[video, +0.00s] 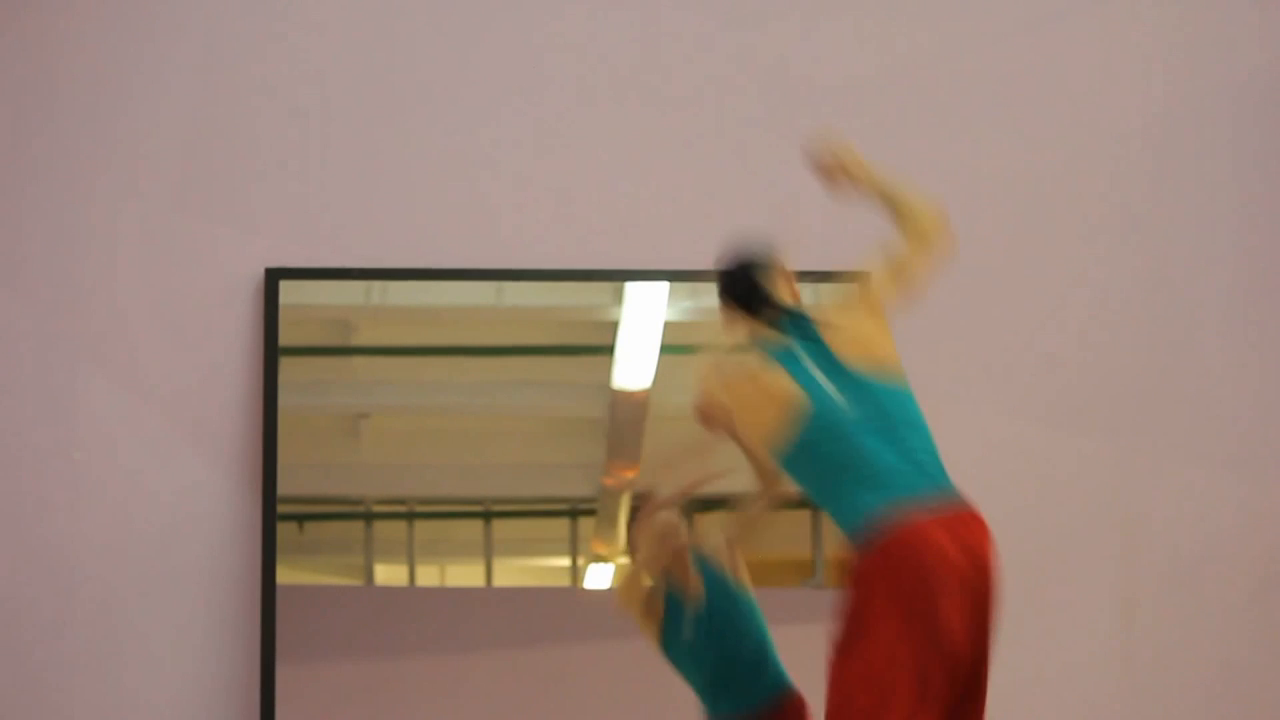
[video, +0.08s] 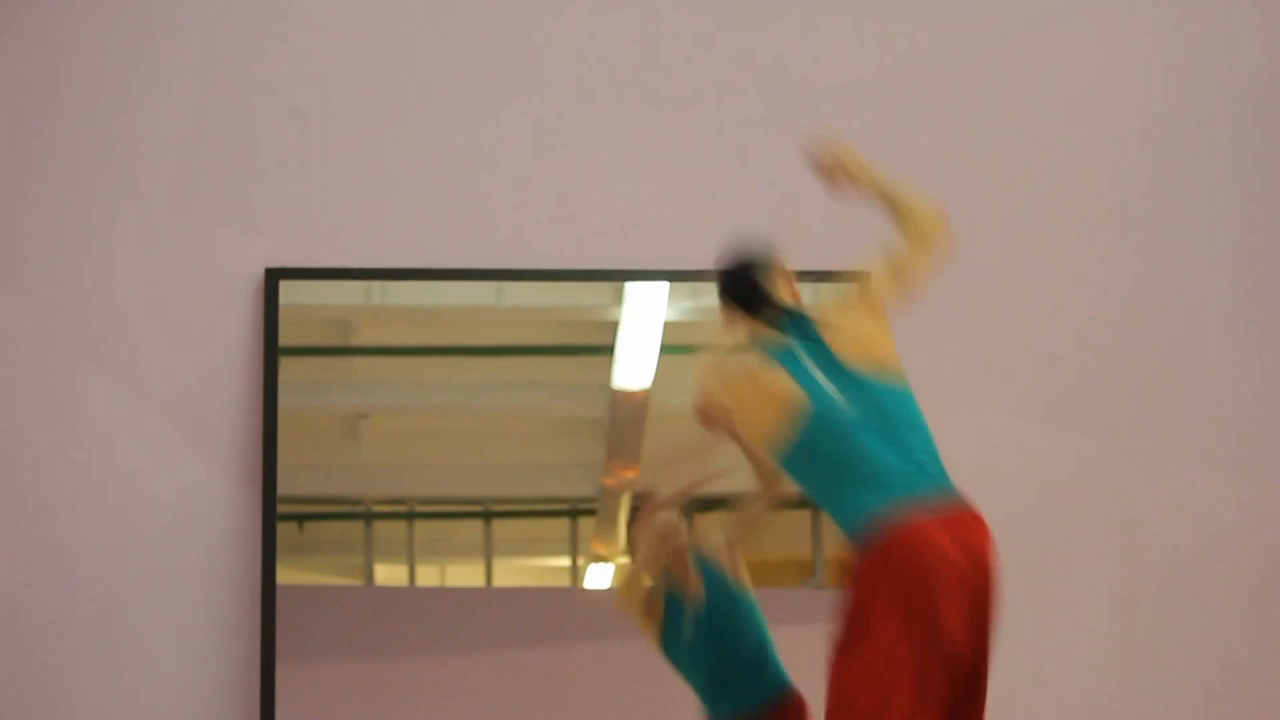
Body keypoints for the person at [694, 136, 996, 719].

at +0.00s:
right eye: (786, 275)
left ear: (730, 314)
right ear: (788, 282)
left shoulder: (725, 381)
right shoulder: (858, 309)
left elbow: (776, 484)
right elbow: (929, 231)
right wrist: (866, 178)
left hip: (900, 558)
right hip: (967, 537)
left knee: (868, 707)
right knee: (956, 708)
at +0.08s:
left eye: (727, 313)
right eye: (785, 275)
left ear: (730, 314)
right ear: (788, 282)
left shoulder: (726, 381)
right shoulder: (858, 310)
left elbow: (776, 484)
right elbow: (929, 232)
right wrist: (867, 178)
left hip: (901, 557)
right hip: (967, 537)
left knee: (868, 707)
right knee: (956, 708)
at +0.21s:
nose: (793, 222)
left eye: (785, 213)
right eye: (786, 214)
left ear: (727, 248)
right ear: (774, 225)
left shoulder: (722, 328)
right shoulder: (834, 253)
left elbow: (760, 453)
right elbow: (906, 168)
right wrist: (836, 125)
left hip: (848, 514)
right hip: (925, 487)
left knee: (873, 697)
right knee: (972, 681)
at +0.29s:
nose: (805, 184)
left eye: (801, 172)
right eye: (793, 172)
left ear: (744, 191)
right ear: (749, 185)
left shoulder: (717, 290)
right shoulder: (794, 212)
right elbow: (896, 135)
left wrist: (940, 245)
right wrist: (852, 96)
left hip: (807, 477)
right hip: (886, 442)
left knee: (859, 669)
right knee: (973, 634)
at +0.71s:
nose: (812, 153)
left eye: (812, 142)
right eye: (798, 139)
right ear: (746, 146)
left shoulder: (736, 247)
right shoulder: (767, 188)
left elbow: (877, 278)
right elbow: (890, 147)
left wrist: (988, 245)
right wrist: (903, 100)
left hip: (767, 444)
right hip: (827, 412)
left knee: (853, 631)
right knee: (979, 571)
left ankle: (891, 718)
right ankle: (1037, 708)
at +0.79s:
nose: (812, 143)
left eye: (820, 133)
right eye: (795, 129)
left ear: (827, 140)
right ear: (751, 133)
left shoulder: (799, 232)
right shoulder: (755, 177)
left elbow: (901, 272)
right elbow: (889, 175)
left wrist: (1019, 254)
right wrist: (945, 131)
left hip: (741, 435)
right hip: (770, 395)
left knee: (859, 585)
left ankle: (902, 713)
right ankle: (1042, 638)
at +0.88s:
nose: (812, 143)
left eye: (820, 133)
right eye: (795, 129)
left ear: (828, 141)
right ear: (750, 133)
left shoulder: (800, 232)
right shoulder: (755, 177)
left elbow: (901, 272)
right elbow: (888, 175)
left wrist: (1018, 254)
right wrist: (945, 131)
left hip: (741, 434)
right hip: (770, 395)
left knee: (858, 583)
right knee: (969, 456)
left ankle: (902, 713)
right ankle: (1042, 639)